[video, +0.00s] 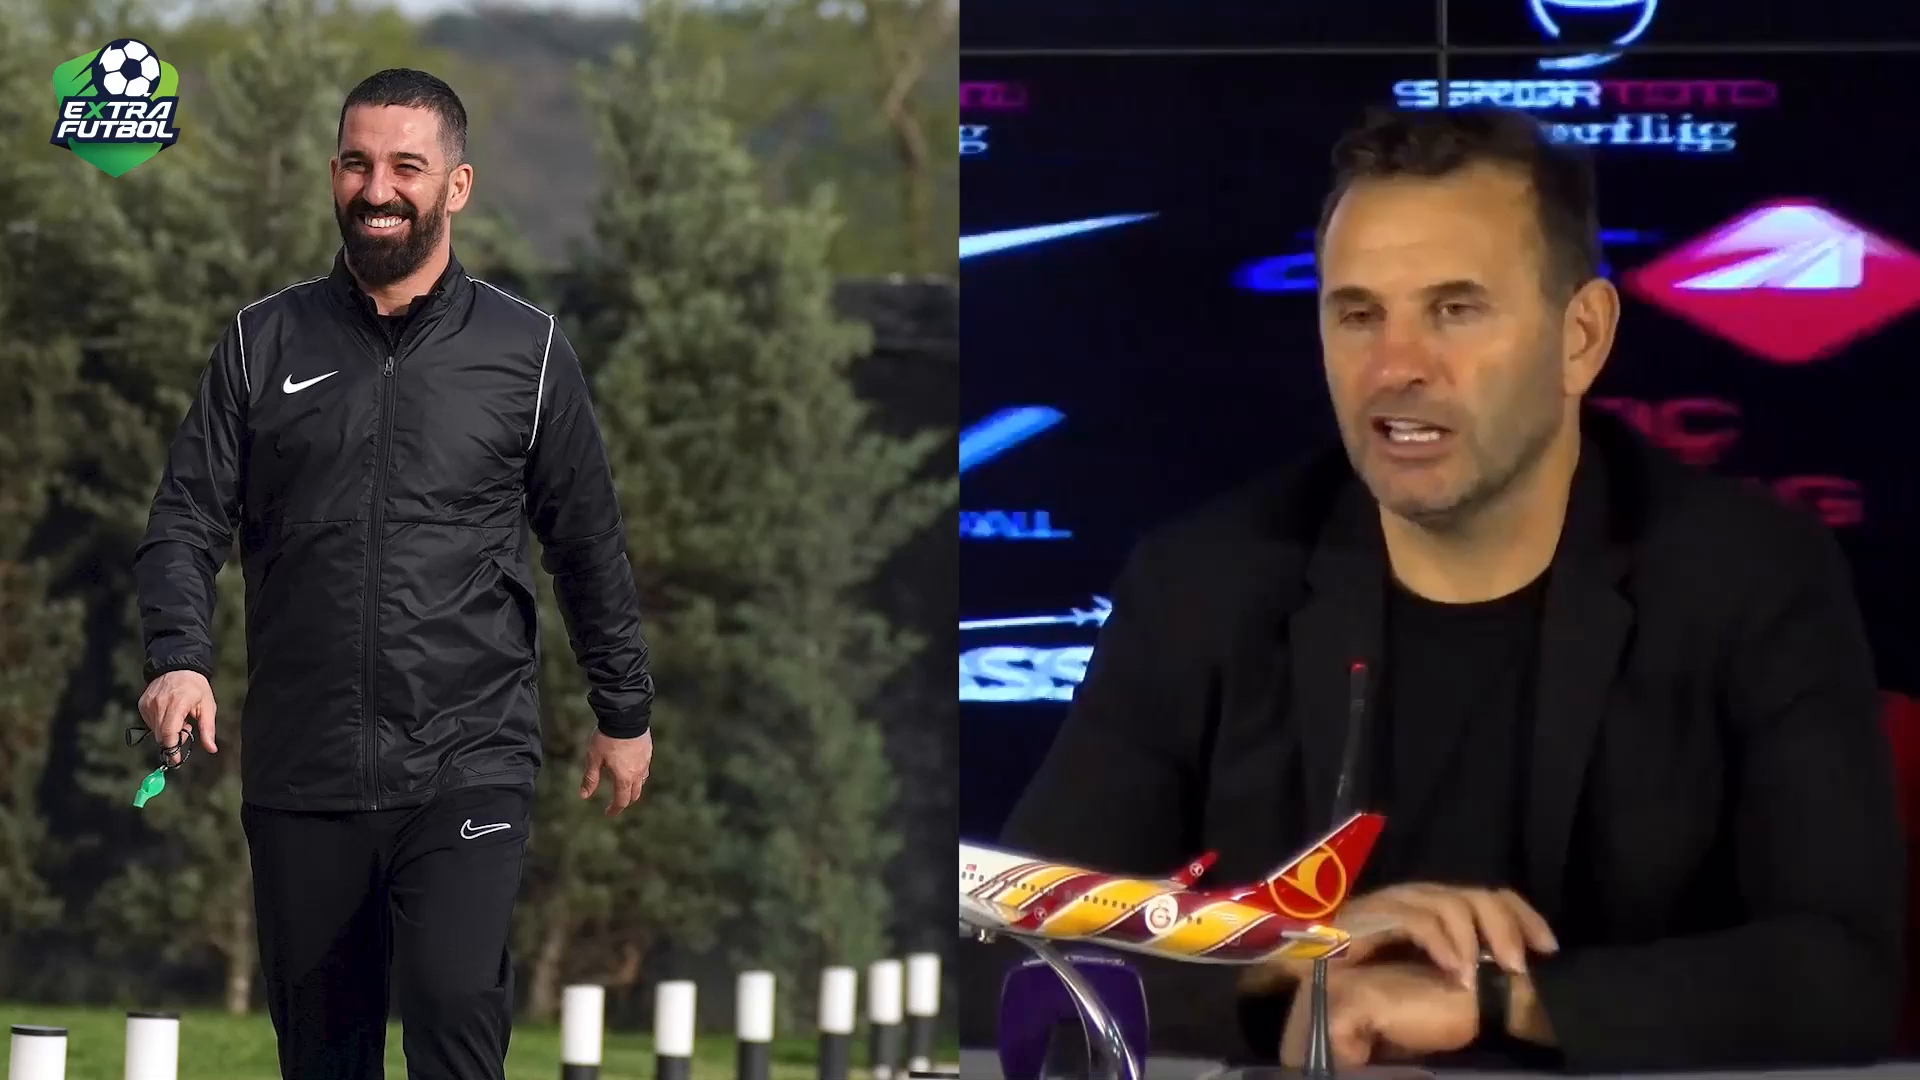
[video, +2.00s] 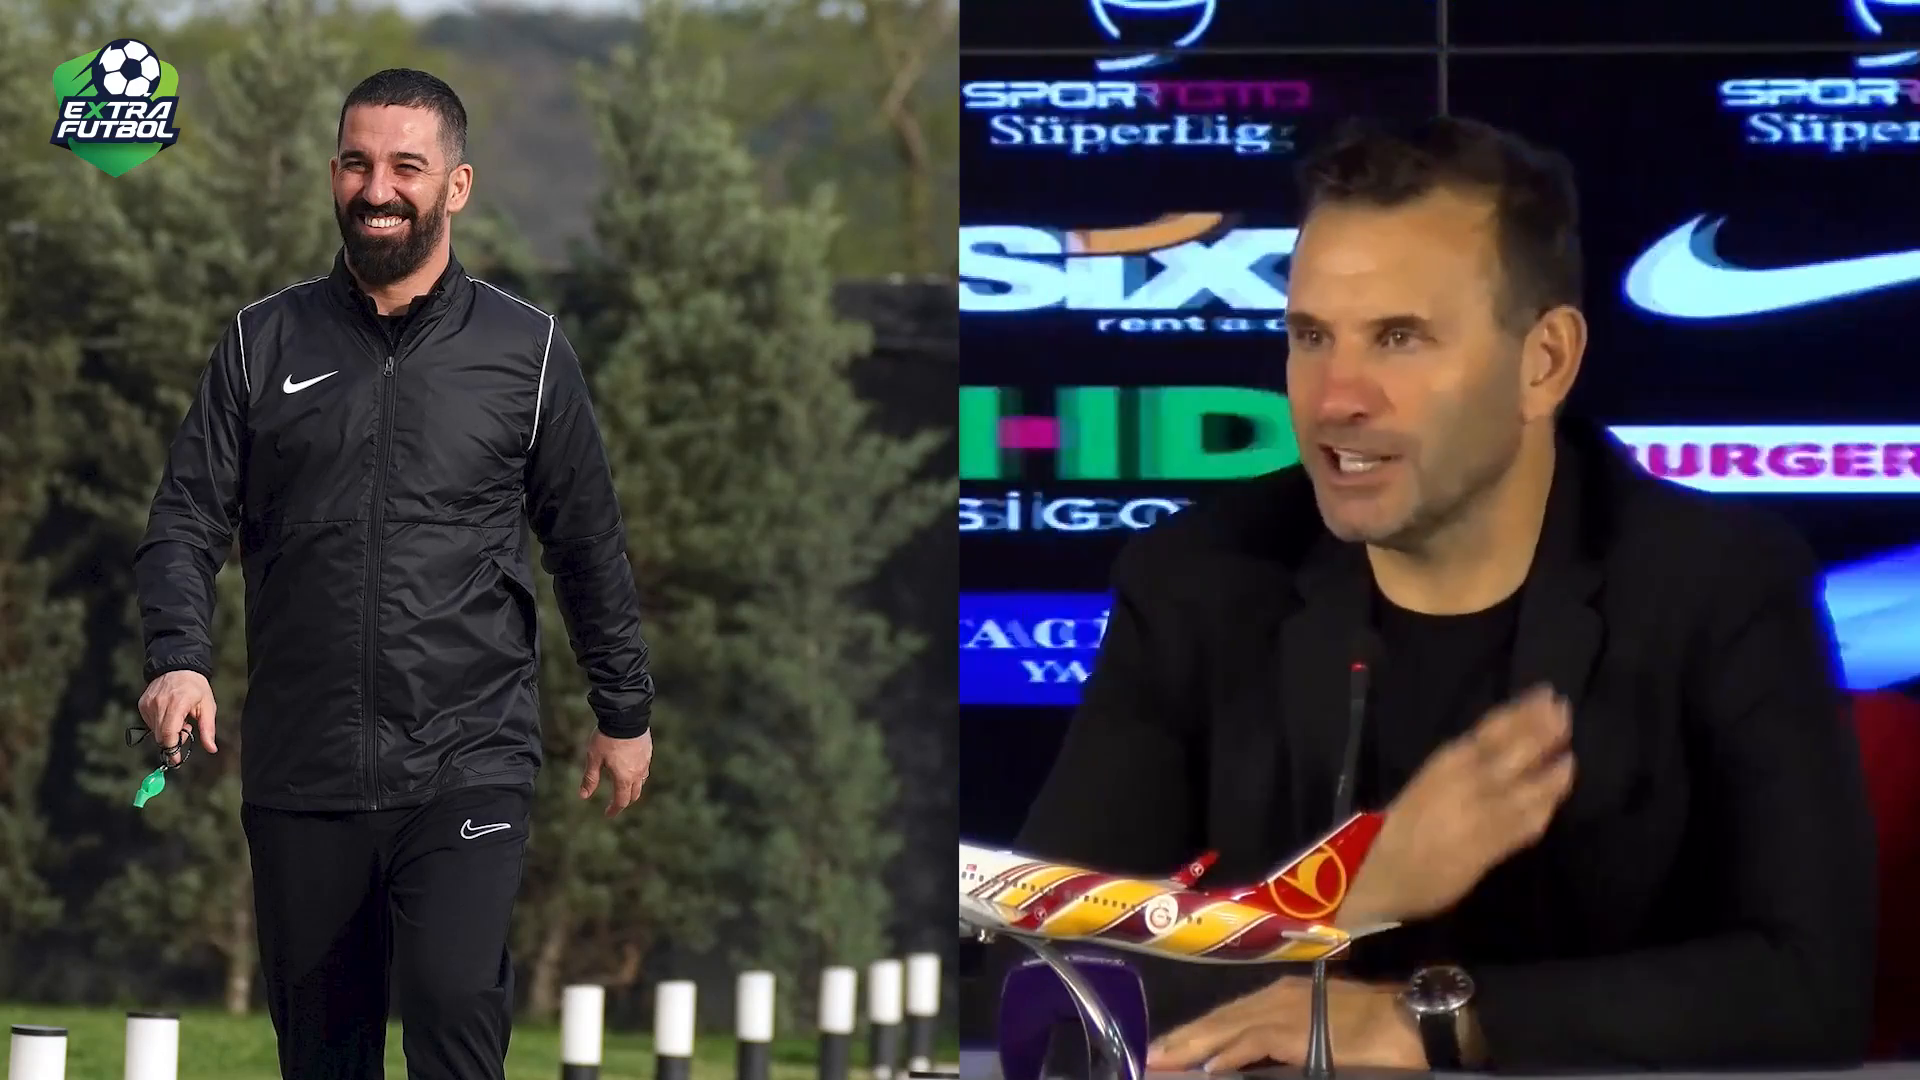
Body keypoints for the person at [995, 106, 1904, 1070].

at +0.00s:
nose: (1397, 369)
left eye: (1457, 309)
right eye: (1359, 315)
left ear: (1583, 336)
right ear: (1322, 331)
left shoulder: (1757, 581)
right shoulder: (1211, 581)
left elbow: (1844, 974)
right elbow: (1025, 936)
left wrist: (1504, 997)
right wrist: (1287, 956)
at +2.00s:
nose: (1335, 394)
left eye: (1399, 338)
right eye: (1310, 336)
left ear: (1545, 362)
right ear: (1285, 345)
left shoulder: (1723, 591)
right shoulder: (1199, 583)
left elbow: (1813, 992)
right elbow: (1043, 966)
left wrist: (1430, 1021)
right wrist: (1358, 887)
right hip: (1260, 1078)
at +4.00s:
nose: (1338, 396)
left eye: (1407, 344)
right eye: (1316, 338)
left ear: (1550, 371)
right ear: (1290, 342)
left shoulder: (1724, 590)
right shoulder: (1189, 586)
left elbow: (1807, 989)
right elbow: (1029, 963)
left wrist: (1428, 1027)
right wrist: (1328, 958)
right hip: (1247, 1073)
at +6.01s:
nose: (1348, 391)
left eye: (1409, 332)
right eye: (1316, 337)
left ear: (1548, 354)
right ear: (1285, 354)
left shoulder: (1725, 591)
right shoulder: (1189, 589)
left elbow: (1812, 989)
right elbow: (1026, 973)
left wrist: (1439, 1025)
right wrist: (1319, 959)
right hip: (1249, 1077)